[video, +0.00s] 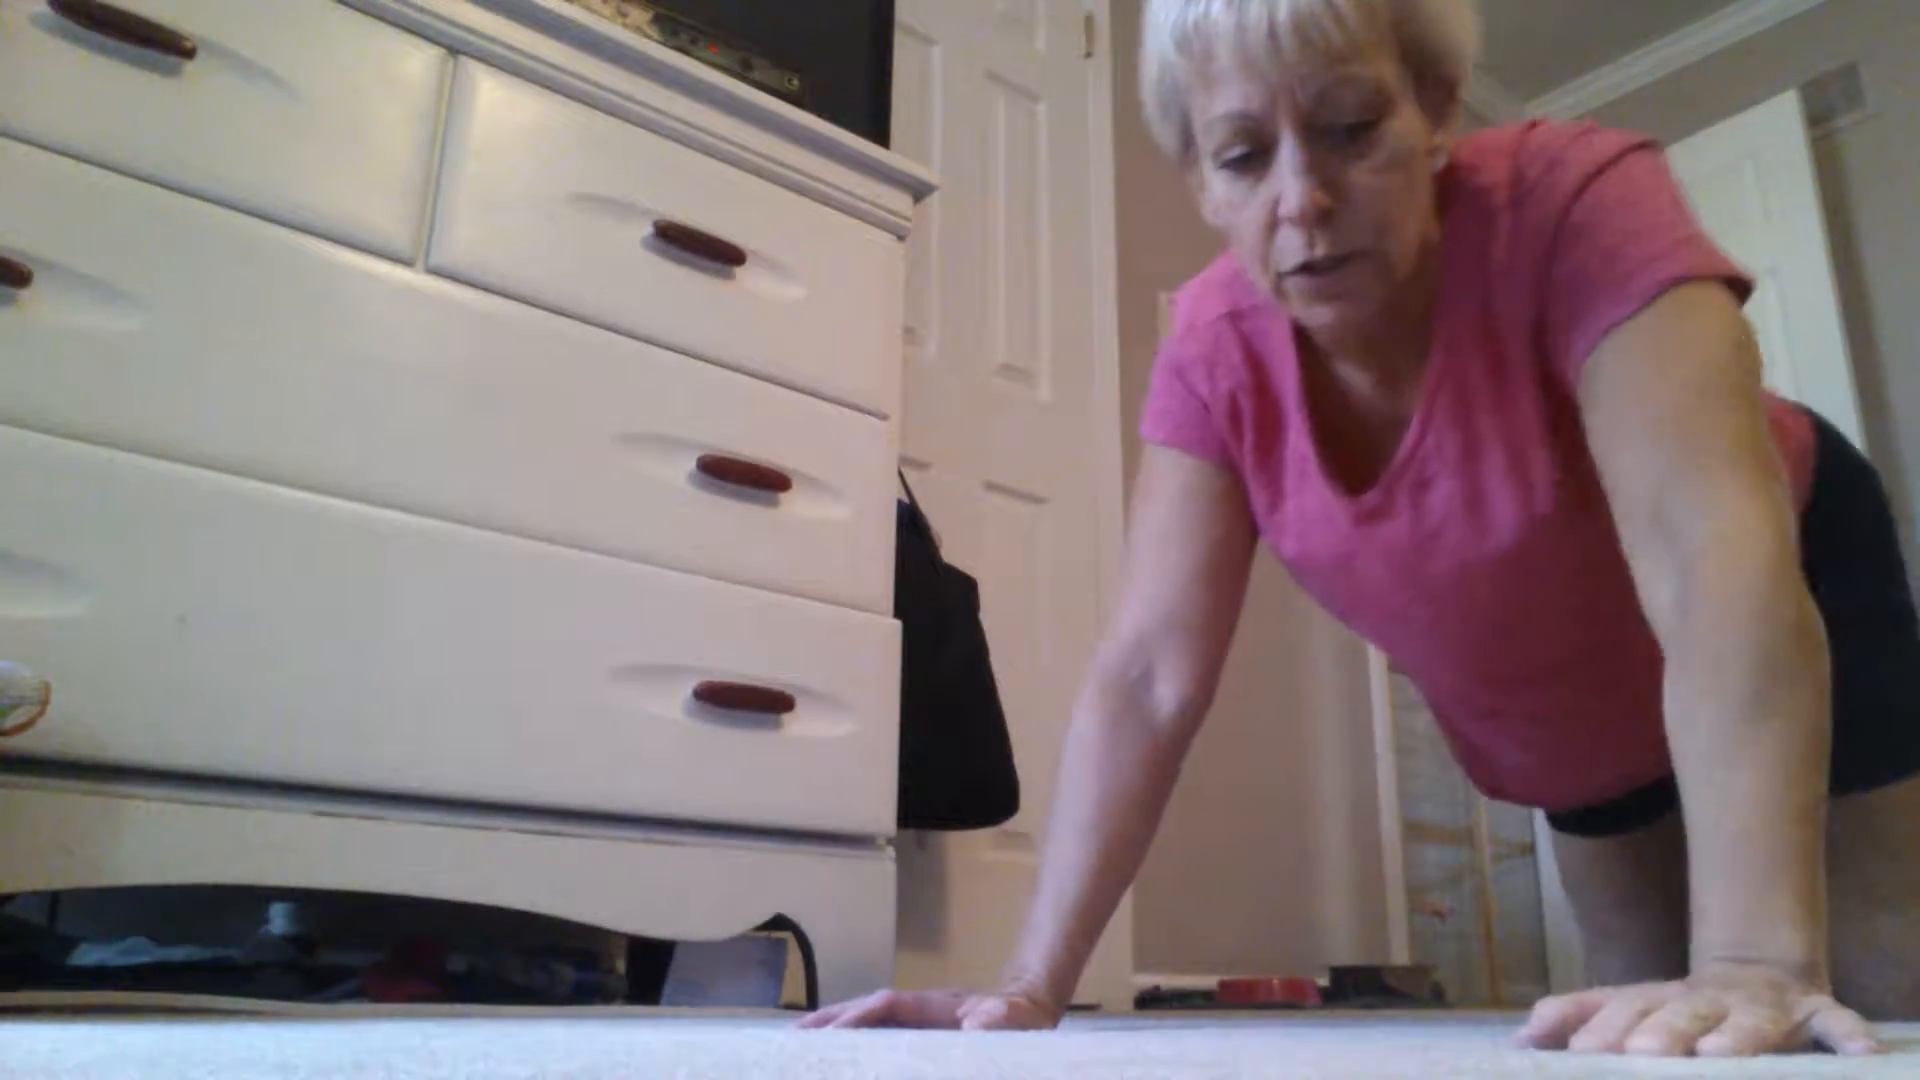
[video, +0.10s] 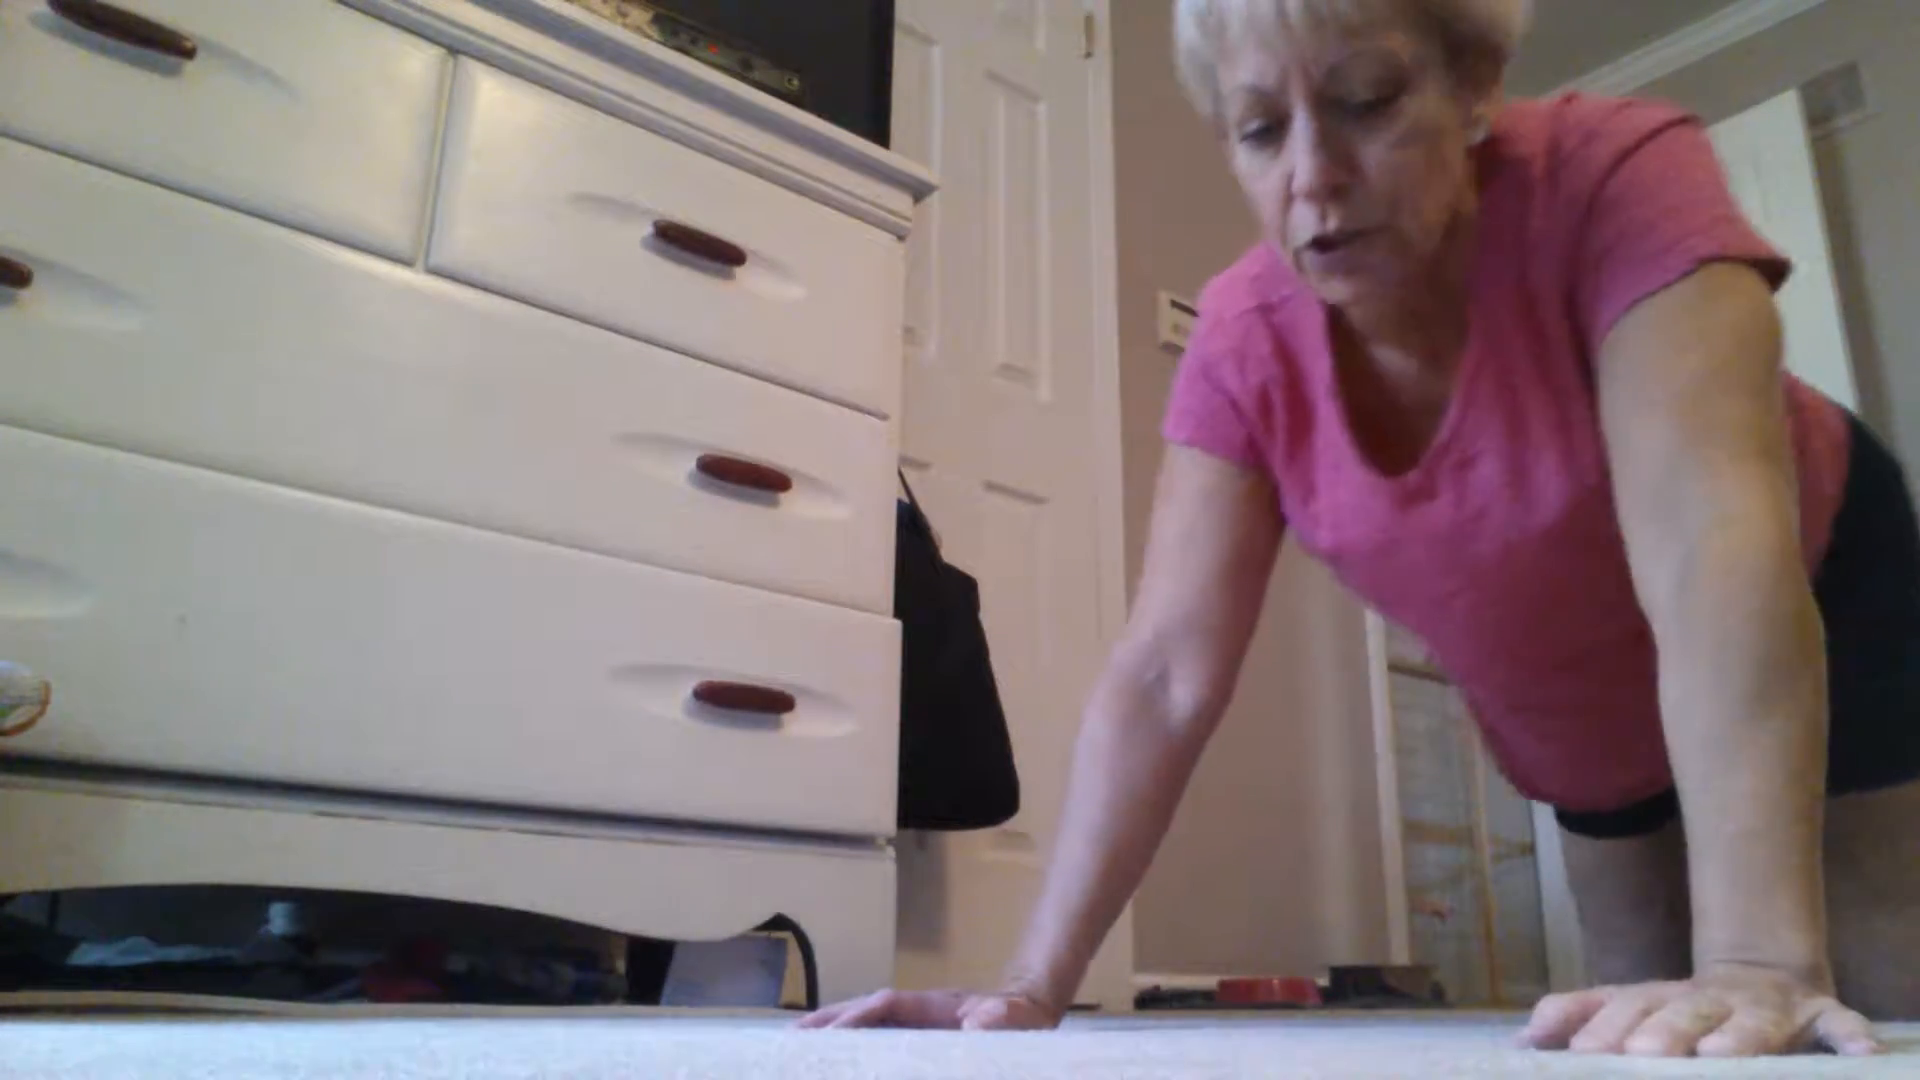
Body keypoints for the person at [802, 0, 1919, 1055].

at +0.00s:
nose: (1304, 196)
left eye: (1347, 127)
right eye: (1247, 153)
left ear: (1434, 117)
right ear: (1202, 183)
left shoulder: (1580, 208)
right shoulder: (1216, 341)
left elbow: (1722, 577)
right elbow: (1146, 679)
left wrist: (1758, 969)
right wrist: (1033, 983)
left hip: (1783, 609)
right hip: (1571, 710)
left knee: (1865, 1013)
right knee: (1642, 1043)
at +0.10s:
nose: (1316, 174)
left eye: (1367, 100)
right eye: (1265, 127)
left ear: (1473, 82)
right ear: (1229, 148)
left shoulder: (1619, 177)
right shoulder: (1249, 329)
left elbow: (1717, 559)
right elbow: (1161, 677)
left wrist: (1762, 969)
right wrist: (1035, 982)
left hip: (1822, 620)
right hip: (1594, 734)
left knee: (1860, 1035)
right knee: (1647, 1055)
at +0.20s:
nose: (1313, 161)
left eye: (1372, 88)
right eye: (1277, 104)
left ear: (1513, 68)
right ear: (1248, 104)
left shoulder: (1655, 157)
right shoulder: (1281, 323)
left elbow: (1746, 538)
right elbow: (1177, 674)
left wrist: (1768, 970)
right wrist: (1036, 982)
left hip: (1850, 645)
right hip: (1623, 738)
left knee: (1857, 1044)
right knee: (1652, 1057)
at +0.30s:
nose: (1311, 152)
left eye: (1372, 85)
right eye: (1284, 93)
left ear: (1531, 65)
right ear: (1259, 88)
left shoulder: (1684, 142)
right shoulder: (1302, 318)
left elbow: (1767, 535)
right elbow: (1167, 654)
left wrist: (1776, 972)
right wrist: (1017, 970)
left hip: (1859, 646)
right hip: (1634, 720)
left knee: (1858, 1040)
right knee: (1647, 1048)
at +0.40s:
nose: (1303, 150)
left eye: (1363, 86)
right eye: (1277, 95)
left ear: (1525, 70)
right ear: (1255, 94)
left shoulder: (1690, 143)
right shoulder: (1300, 314)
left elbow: (1774, 538)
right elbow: (1154, 645)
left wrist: (1777, 973)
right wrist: (975, 960)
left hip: (1871, 669)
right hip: (1641, 718)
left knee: (1859, 1041)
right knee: (1648, 1046)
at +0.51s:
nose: (1272, 165)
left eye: (1328, 105)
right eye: (1248, 109)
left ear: (1494, 81)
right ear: (1225, 95)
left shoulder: (1670, 143)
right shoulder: (1286, 315)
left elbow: (1767, 537)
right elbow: (1153, 666)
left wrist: (1775, 973)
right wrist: (976, 980)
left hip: (1866, 658)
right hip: (1633, 716)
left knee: (1858, 1039)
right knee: (1644, 1044)